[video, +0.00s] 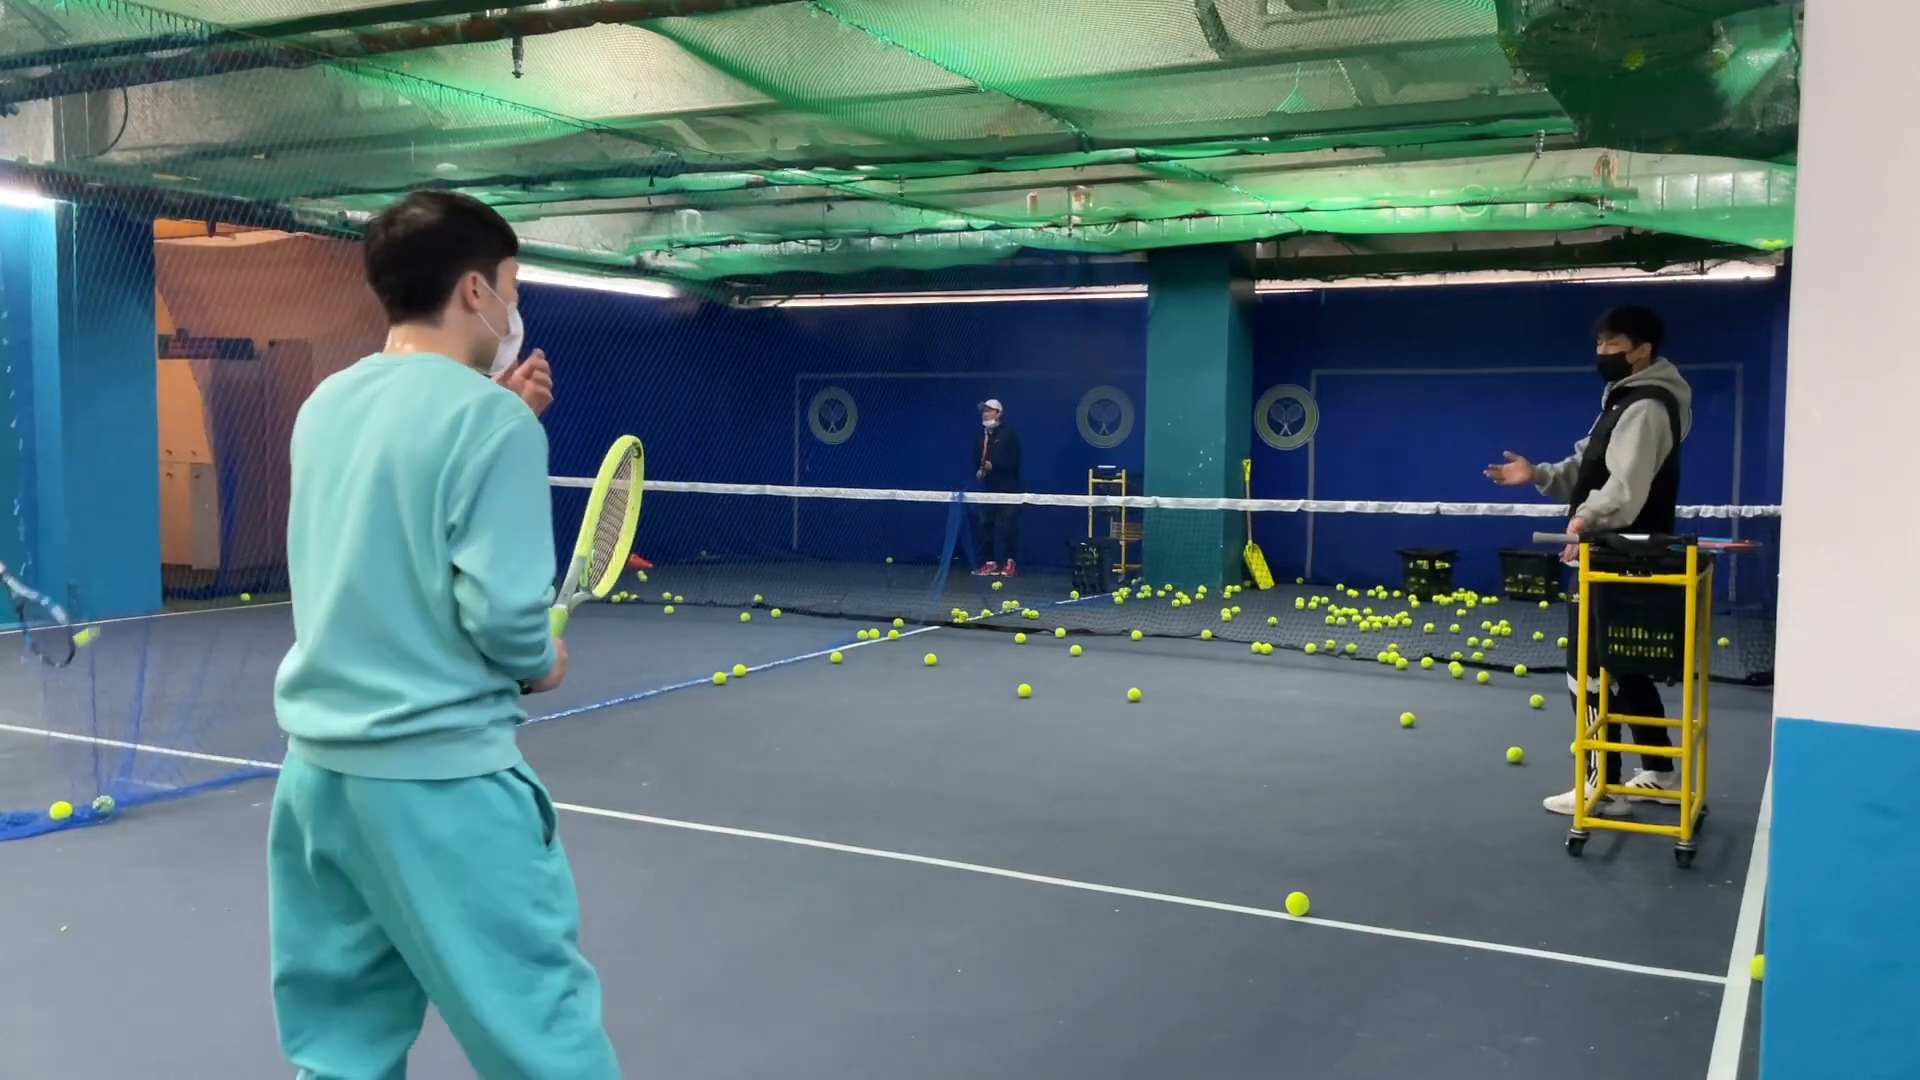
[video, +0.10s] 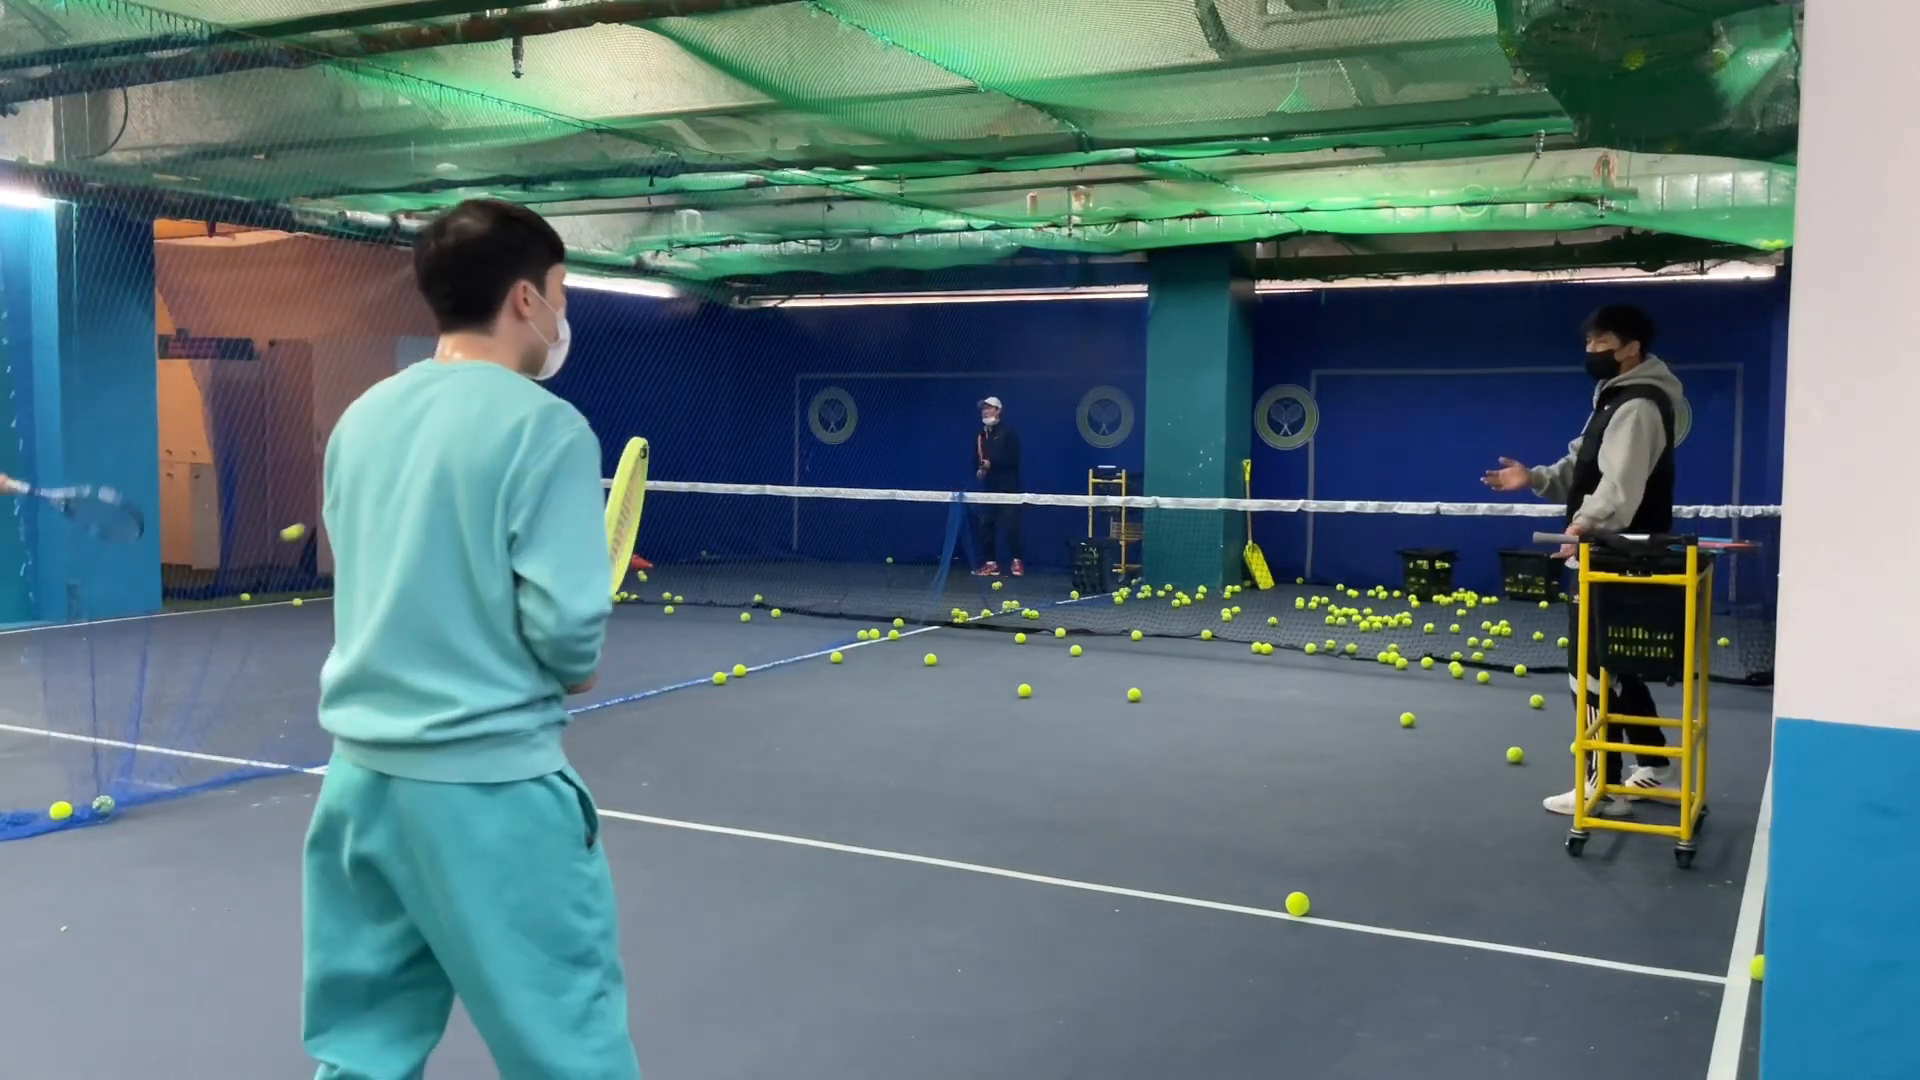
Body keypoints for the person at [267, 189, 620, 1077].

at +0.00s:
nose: (517, 313)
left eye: (518, 291)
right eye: (513, 289)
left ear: (397, 293)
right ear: (474, 289)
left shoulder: (324, 408)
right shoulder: (491, 418)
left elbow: (390, 523)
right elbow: (505, 608)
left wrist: (493, 415)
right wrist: (542, 661)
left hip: (320, 776)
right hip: (446, 785)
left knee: (341, 1036)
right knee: (545, 1030)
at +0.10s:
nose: (566, 322)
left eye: (563, 297)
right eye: (559, 296)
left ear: (441, 302)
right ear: (521, 300)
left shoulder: (360, 420)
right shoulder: (544, 427)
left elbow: (357, 578)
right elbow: (567, 619)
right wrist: (575, 673)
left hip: (361, 788)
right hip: (497, 795)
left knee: (359, 1048)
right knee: (573, 1048)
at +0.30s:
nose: (663, 311)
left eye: (661, 291)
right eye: (656, 290)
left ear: (549, 302)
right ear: (622, 301)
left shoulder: (441, 420)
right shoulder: (643, 426)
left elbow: (401, 581)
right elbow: (679, 611)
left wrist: (484, 635)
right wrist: (622, 667)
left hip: (442, 760)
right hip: (575, 768)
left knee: (423, 1005)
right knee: (614, 1024)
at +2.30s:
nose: (591, 299)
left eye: (591, 281)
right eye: (588, 281)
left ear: (477, 288)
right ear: (556, 288)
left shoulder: (386, 415)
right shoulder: (587, 414)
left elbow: (383, 572)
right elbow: (634, 590)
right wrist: (548, 635)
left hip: (416, 755)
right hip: (558, 759)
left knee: (406, 1012)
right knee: (624, 1004)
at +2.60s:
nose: (640, 295)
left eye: (638, 276)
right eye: (636, 277)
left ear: (526, 292)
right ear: (606, 289)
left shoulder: (443, 410)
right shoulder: (656, 417)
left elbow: (414, 576)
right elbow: (673, 587)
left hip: (468, 760)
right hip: (610, 767)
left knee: (438, 1010)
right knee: (641, 1018)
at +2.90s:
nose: (707, 300)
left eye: (705, 283)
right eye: (704, 283)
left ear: (599, 293)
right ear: (681, 290)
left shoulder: (516, 400)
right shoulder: (730, 413)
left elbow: (457, 565)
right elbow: (713, 534)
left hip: (541, 745)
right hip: (680, 748)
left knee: (492, 988)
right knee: (665, 1002)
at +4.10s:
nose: (739, 335)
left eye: (738, 322)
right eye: (737, 322)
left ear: (639, 328)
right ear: (722, 326)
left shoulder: (608, 405)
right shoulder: (748, 419)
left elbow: (596, 550)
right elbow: (685, 556)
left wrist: (484, 549)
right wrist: (520, 577)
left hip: (629, 716)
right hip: (740, 714)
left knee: (566, 927)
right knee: (737, 905)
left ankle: (545, 1071)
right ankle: (757, 1064)